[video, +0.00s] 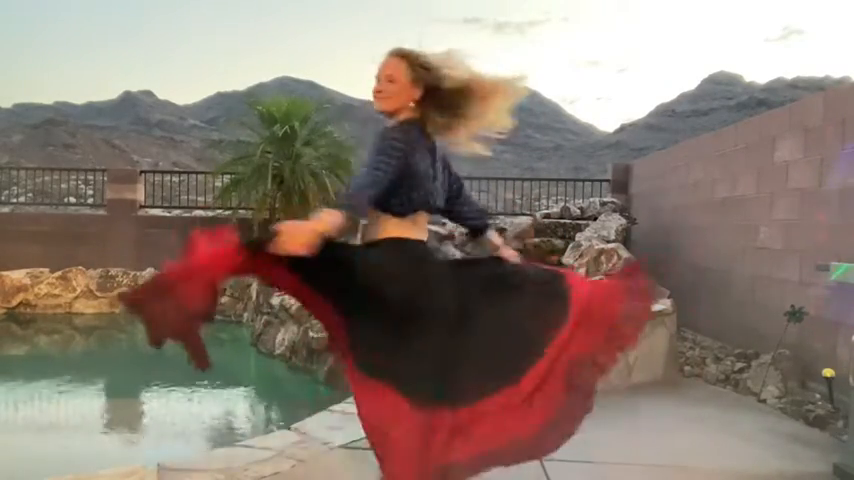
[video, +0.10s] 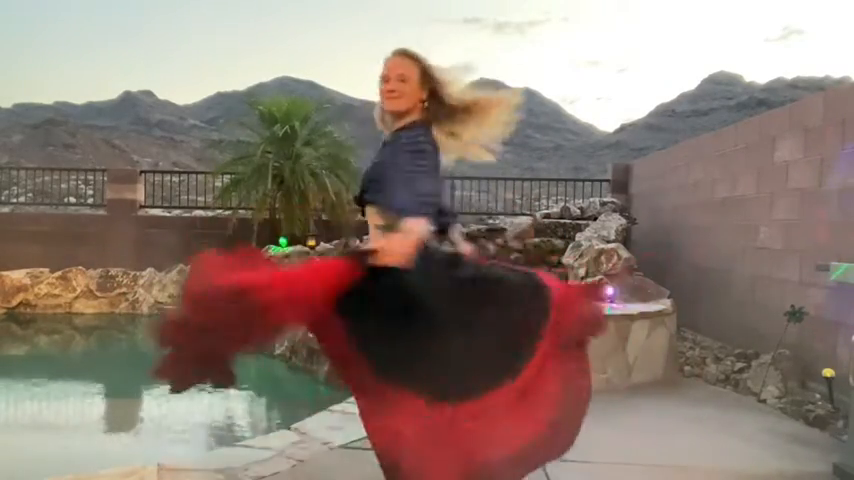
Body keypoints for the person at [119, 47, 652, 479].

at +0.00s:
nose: (377, 88)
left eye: (389, 81)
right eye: (380, 79)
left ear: (416, 93)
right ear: (413, 93)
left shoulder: (396, 136)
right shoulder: (426, 146)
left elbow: (365, 192)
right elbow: (459, 201)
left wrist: (317, 226)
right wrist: (500, 243)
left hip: (386, 264)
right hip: (416, 262)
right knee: (418, 378)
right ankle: (420, 463)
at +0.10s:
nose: (389, 89)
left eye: (400, 82)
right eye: (384, 82)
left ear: (424, 92)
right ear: (381, 89)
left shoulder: (416, 141)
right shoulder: (399, 137)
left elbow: (422, 201)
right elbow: (412, 200)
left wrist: (405, 238)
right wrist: (454, 238)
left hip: (410, 261)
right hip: (397, 257)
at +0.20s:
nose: (400, 80)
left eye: (410, 73)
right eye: (393, 74)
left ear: (428, 84)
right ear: (383, 85)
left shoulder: (428, 137)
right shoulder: (392, 137)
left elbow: (462, 184)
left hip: (426, 266)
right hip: (393, 265)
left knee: (423, 384)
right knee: (387, 385)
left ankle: (430, 466)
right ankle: (407, 466)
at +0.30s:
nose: (403, 74)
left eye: (412, 67)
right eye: (395, 68)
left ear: (430, 76)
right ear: (383, 78)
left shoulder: (440, 134)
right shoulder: (378, 134)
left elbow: (492, 178)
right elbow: (361, 181)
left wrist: (549, 212)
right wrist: (342, 201)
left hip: (419, 252)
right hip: (379, 251)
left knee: (410, 360)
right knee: (389, 357)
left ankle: (415, 462)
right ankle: (410, 460)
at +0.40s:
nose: (405, 72)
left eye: (413, 64)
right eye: (396, 66)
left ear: (428, 74)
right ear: (384, 76)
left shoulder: (449, 132)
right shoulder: (368, 134)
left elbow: (496, 173)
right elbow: (329, 171)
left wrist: (555, 201)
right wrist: (289, 191)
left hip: (433, 253)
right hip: (379, 254)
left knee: (427, 354)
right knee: (385, 354)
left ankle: (422, 453)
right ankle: (394, 453)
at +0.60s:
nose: (403, 80)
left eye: (412, 72)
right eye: (394, 73)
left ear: (430, 81)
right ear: (381, 84)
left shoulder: (443, 141)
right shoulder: (373, 141)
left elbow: (473, 184)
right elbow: (311, 172)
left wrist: (512, 206)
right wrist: (243, 196)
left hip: (443, 256)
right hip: (395, 259)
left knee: (432, 358)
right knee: (399, 361)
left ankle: (417, 453)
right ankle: (405, 460)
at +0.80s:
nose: (408, 79)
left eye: (415, 71)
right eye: (396, 73)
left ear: (425, 81)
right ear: (378, 89)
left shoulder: (411, 137)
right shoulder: (393, 145)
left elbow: (409, 208)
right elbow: (352, 211)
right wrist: (295, 242)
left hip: (415, 272)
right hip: (402, 280)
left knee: (402, 396)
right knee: (403, 401)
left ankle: (398, 465)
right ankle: (394, 469)